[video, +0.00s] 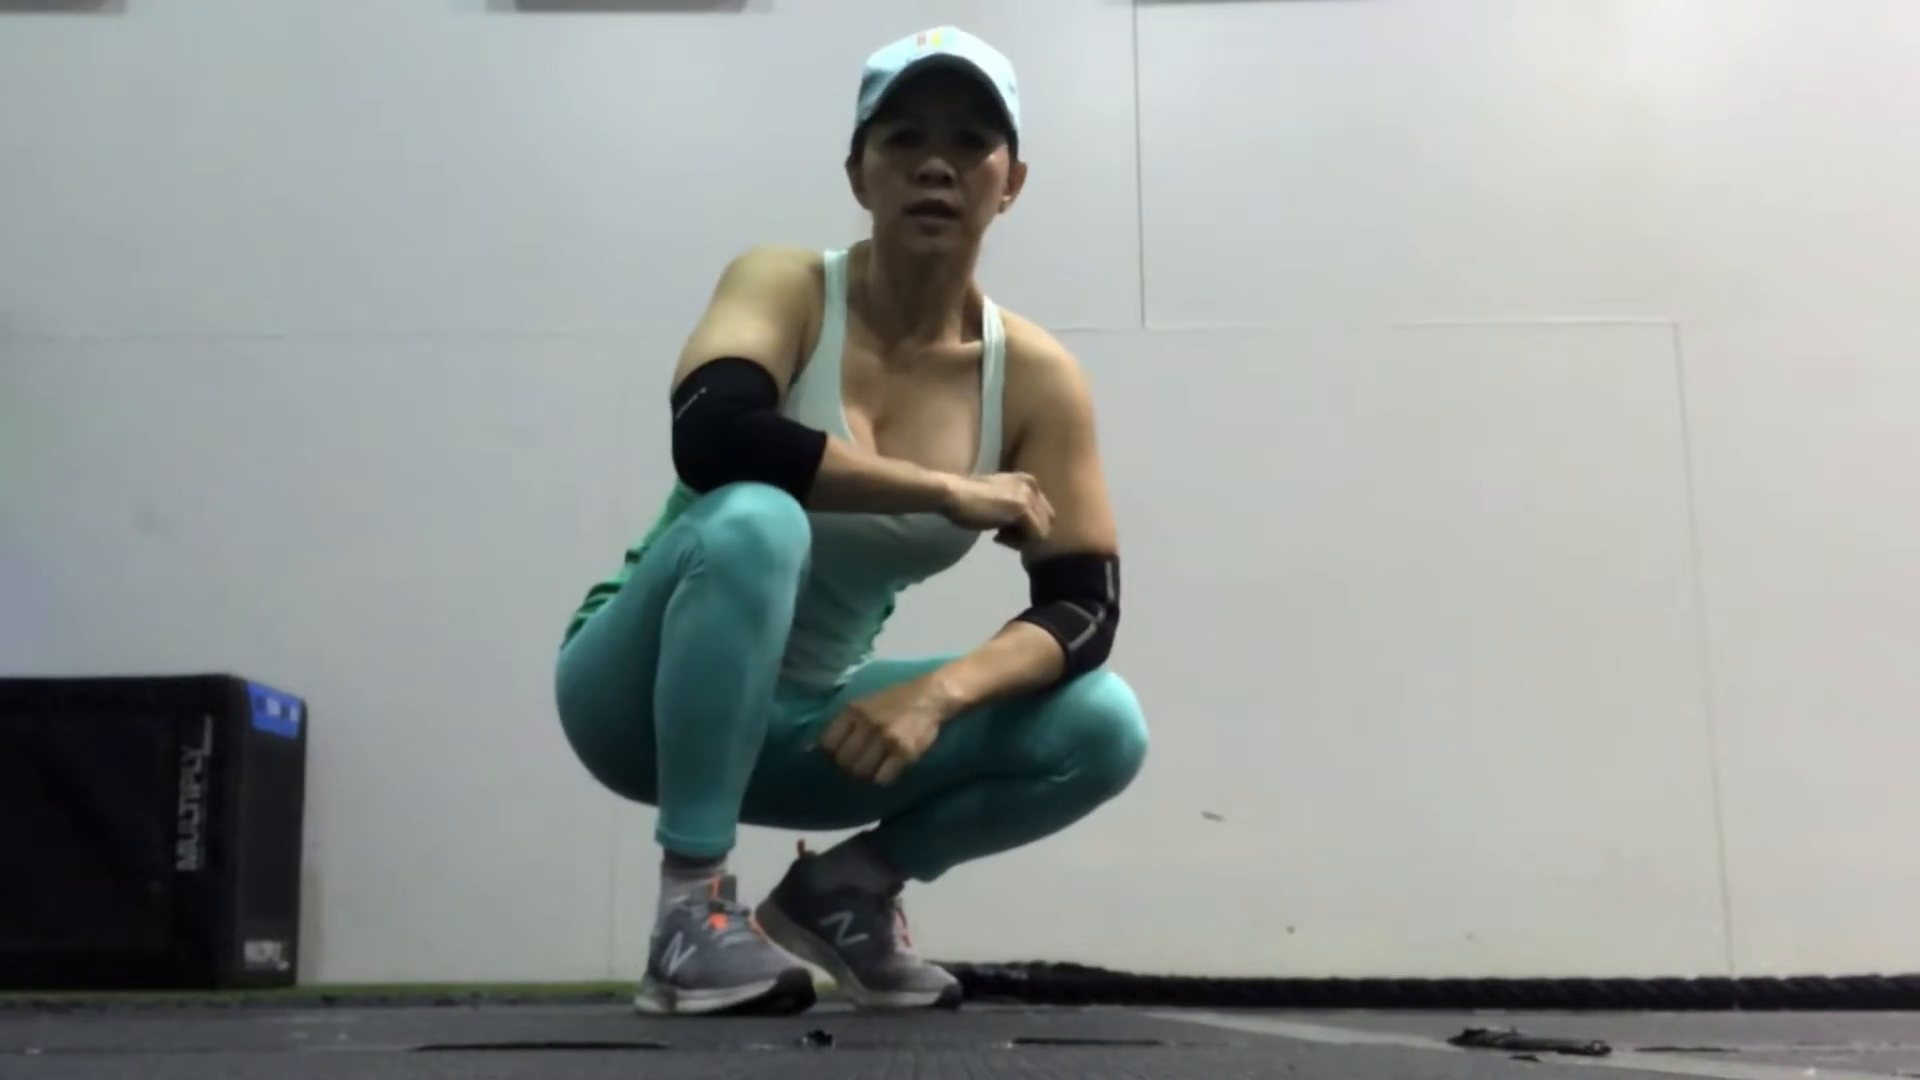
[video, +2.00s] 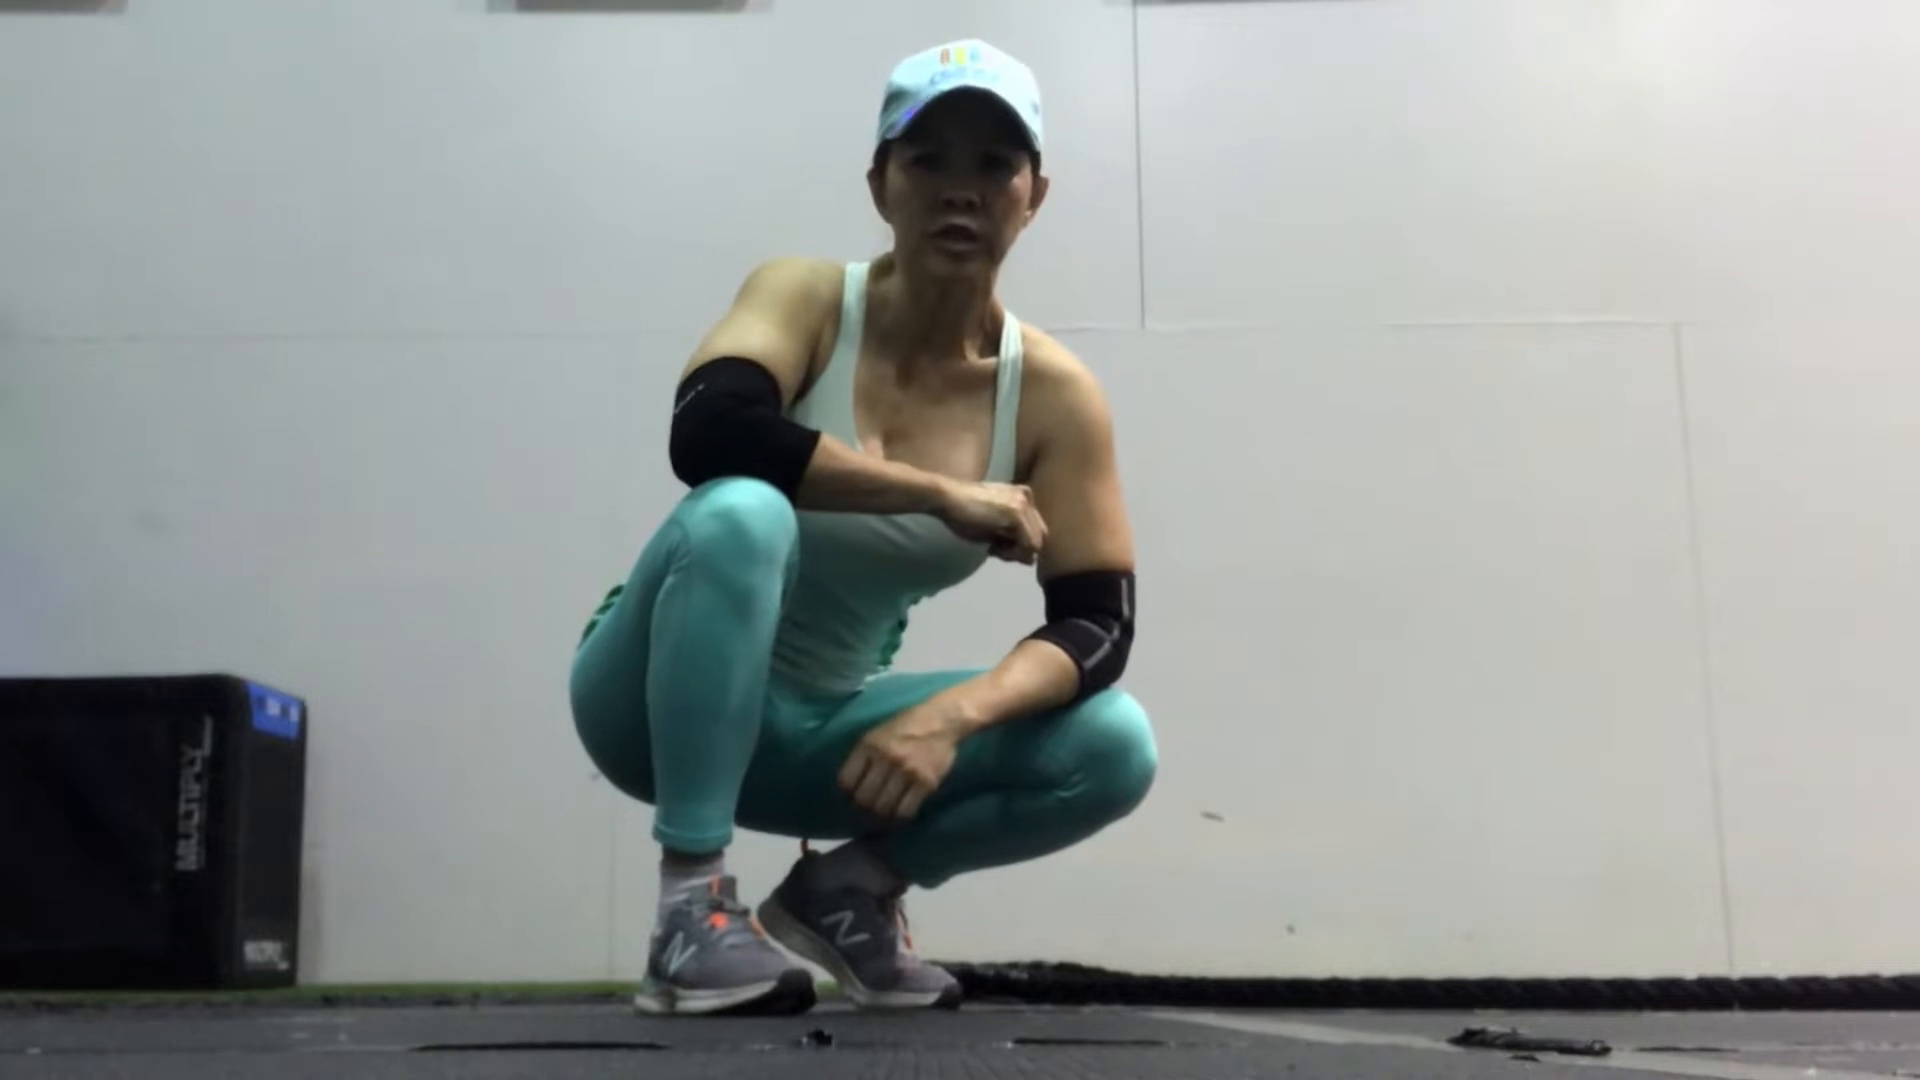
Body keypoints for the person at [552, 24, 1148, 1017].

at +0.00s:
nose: (936, 163)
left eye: (968, 141)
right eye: (906, 138)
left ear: (1010, 182)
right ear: (860, 171)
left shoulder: (1034, 377)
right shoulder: (780, 287)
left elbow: (1082, 609)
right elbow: (715, 438)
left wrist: (936, 691)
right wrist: (949, 493)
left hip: (813, 722)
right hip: (643, 694)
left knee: (1101, 727)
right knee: (756, 526)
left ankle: (841, 888)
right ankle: (692, 911)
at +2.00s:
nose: (960, 189)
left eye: (993, 163)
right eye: (929, 159)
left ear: (1034, 195)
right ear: (881, 182)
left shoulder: (1054, 394)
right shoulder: (800, 298)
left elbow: (1094, 627)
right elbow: (711, 436)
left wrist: (951, 712)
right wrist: (942, 497)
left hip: (829, 732)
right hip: (666, 699)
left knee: (1112, 748)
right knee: (741, 516)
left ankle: (845, 888)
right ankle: (692, 909)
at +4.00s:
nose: (960, 187)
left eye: (992, 165)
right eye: (931, 159)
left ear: (1033, 202)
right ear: (883, 189)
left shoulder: (1054, 398)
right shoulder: (804, 297)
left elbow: (1090, 621)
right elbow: (714, 434)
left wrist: (968, 710)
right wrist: (943, 498)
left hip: (821, 740)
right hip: (658, 705)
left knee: (1110, 745)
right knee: (747, 517)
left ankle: (840, 891)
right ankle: (691, 910)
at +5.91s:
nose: (955, 193)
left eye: (988, 169)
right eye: (926, 165)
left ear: (1029, 205)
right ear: (880, 193)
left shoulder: (1048, 397)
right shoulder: (802, 307)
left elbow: (1087, 619)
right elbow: (732, 436)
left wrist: (972, 706)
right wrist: (960, 497)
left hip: (824, 746)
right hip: (661, 711)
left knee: (1109, 740)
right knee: (758, 519)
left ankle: (841, 894)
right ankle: (692, 910)